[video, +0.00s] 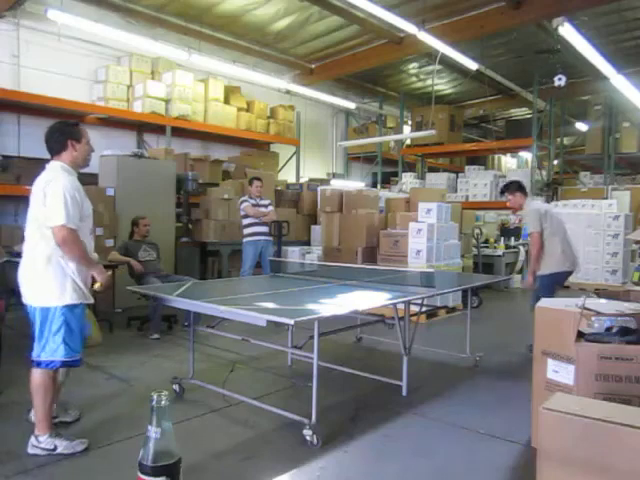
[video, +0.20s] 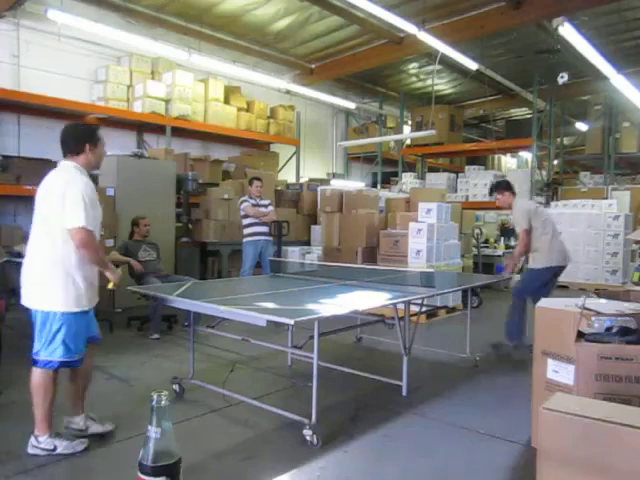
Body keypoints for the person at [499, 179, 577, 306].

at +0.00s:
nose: (508, 204)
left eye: (509, 199)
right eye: (507, 200)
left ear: (519, 195)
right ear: (520, 195)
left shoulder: (532, 210)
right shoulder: (539, 207)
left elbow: (536, 244)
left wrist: (531, 273)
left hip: (554, 266)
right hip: (563, 263)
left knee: (538, 307)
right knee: (541, 306)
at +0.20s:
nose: (498, 203)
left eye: (498, 199)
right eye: (496, 199)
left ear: (507, 194)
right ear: (509, 194)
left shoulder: (520, 207)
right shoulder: (526, 205)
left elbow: (524, 243)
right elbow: (526, 242)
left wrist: (513, 263)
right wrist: (514, 259)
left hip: (545, 259)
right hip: (558, 258)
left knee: (519, 292)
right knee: (538, 296)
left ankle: (513, 338)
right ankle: (548, 338)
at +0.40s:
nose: (484, 206)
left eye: (484, 202)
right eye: (482, 203)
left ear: (493, 198)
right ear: (496, 198)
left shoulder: (506, 211)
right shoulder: (513, 209)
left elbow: (506, 249)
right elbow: (512, 251)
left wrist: (485, 262)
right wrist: (490, 261)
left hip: (528, 265)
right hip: (542, 264)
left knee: (502, 298)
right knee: (526, 300)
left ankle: (486, 337)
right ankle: (540, 338)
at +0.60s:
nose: (475, 202)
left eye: (477, 197)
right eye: (475, 197)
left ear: (487, 194)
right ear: (490, 195)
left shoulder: (497, 210)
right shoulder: (507, 208)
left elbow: (495, 244)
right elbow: (497, 243)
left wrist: (473, 261)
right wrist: (476, 257)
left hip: (514, 264)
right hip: (530, 263)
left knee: (488, 294)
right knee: (518, 299)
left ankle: (484, 337)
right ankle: (542, 334)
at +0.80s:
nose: (483, 194)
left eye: (485, 189)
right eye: (482, 190)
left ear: (496, 188)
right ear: (498, 189)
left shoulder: (502, 206)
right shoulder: (515, 204)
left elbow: (501, 238)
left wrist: (478, 257)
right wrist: (486, 251)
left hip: (515, 263)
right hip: (531, 262)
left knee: (491, 295)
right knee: (530, 301)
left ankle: (484, 336)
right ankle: (550, 334)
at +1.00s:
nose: (507, 194)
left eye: (510, 189)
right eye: (507, 189)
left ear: (521, 190)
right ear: (523, 190)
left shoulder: (521, 209)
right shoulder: (537, 208)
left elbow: (519, 239)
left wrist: (499, 254)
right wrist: (506, 250)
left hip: (528, 268)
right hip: (546, 268)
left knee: (500, 295)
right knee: (546, 312)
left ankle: (485, 336)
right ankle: (549, 347)